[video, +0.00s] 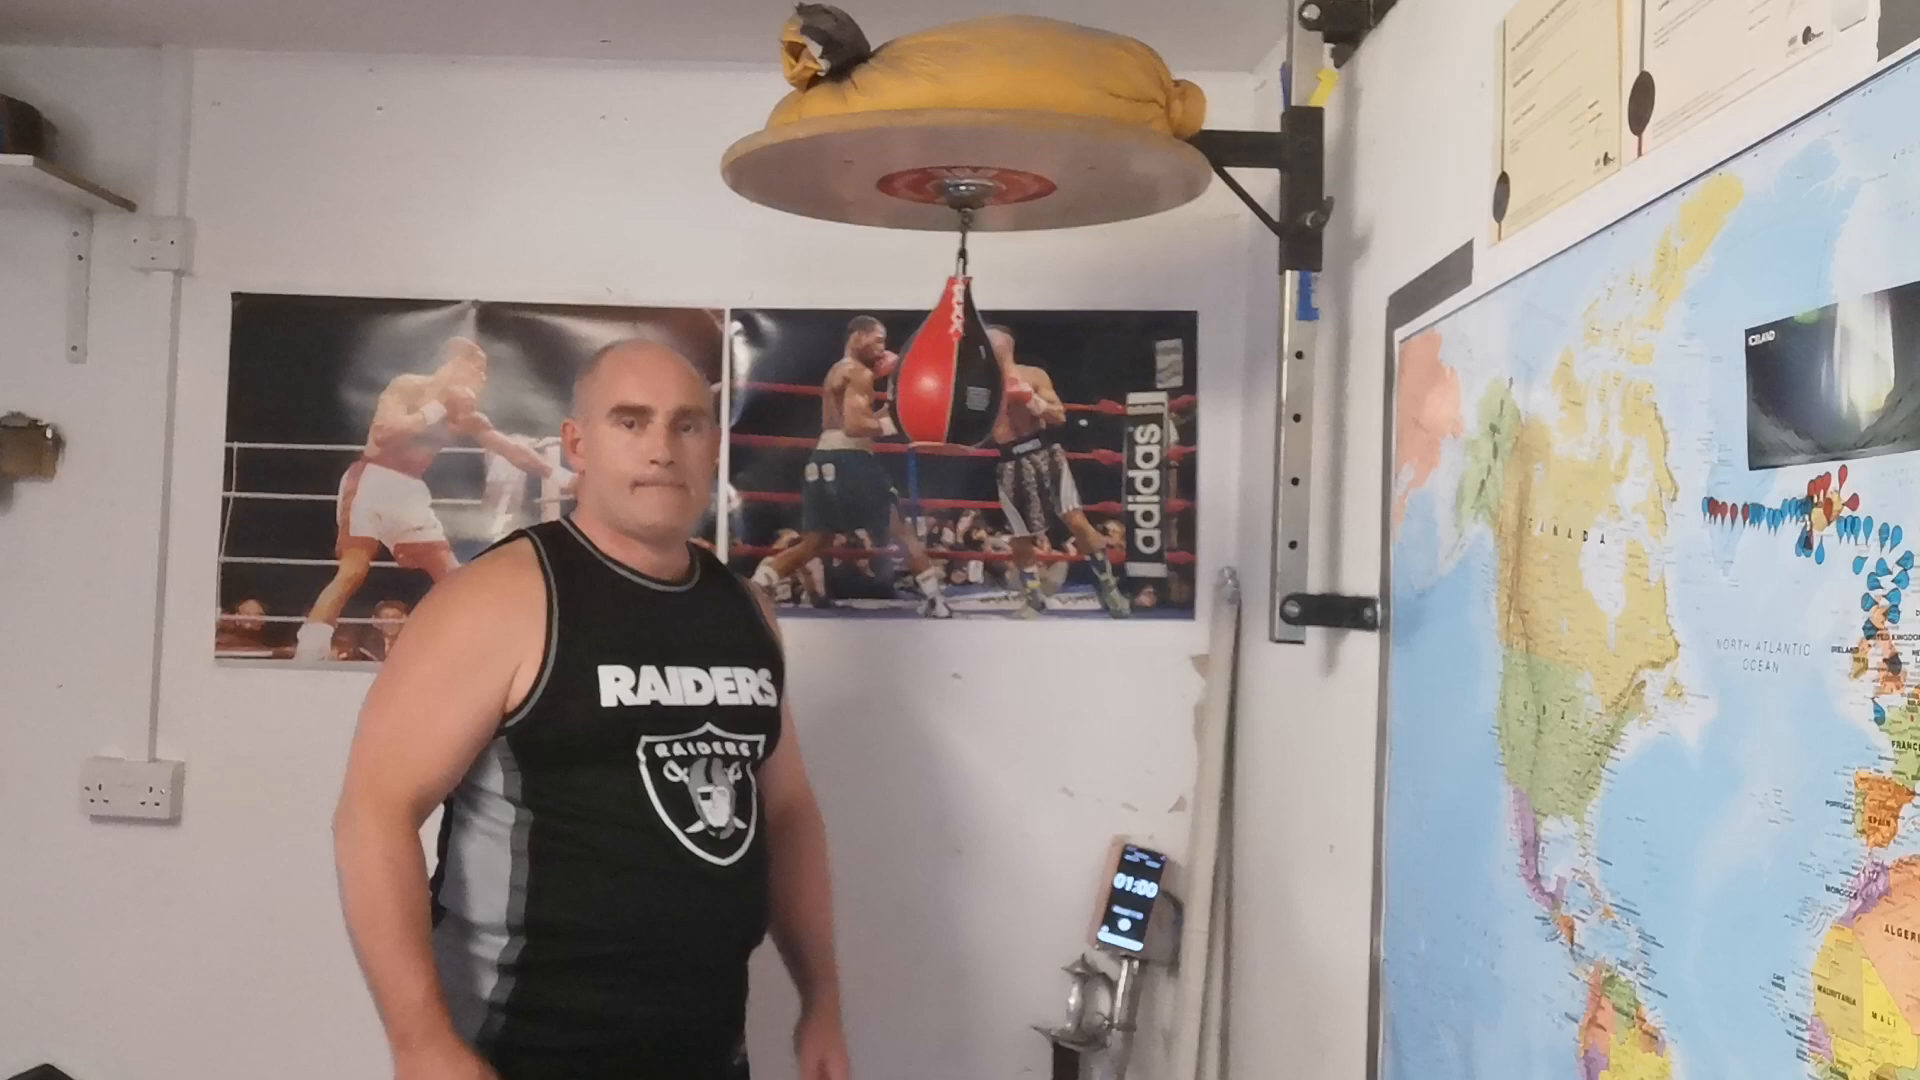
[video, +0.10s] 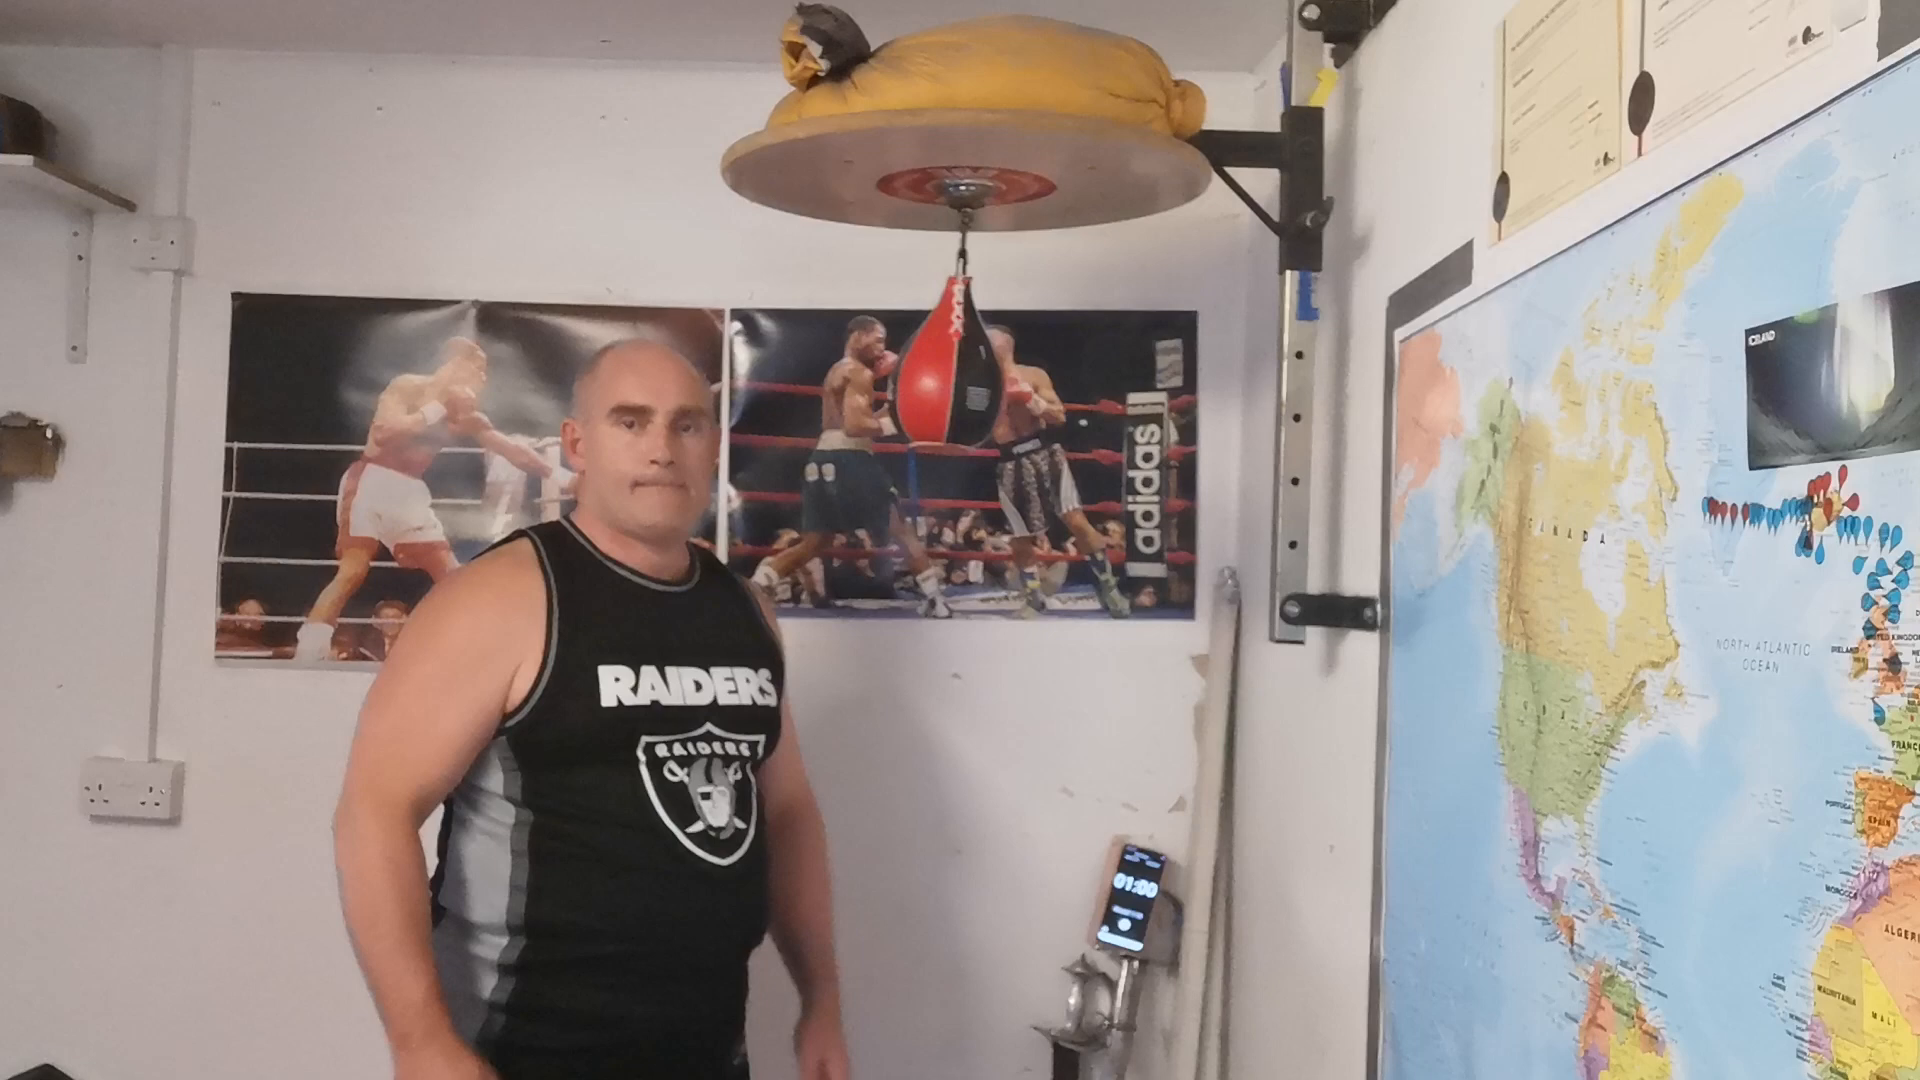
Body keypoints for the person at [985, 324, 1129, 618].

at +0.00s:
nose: (997, 355)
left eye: (1000, 348)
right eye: (992, 350)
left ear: (1010, 348)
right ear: (985, 354)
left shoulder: (1034, 375)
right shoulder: (983, 384)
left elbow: (1059, 418)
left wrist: (1037, 403)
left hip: (1046, 455)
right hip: (1011, 464)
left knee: (1075, 521)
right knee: (1022, 537)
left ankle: (1108, 587)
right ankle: (1032, 596)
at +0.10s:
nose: (997, 355)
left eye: (1000, 348)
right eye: (992, 350)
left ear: (1010, 348)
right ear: (985, 354)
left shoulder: (1034, 375)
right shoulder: (983, 384)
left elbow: (1059, 418)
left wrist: (1037, 403)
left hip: (1046, 455)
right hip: (1011, 464)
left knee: (1075, 521)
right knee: (1022, 537)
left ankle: (1108, 587)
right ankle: (1032, 596)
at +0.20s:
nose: (985, 346)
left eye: (991, 340)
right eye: (982, 342)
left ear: (1009, 344)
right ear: (981, 350)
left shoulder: (1034, 375)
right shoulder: (983, 386)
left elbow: (1059, 417)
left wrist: (1033, 400)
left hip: (1045, 456)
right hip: (1011, 465)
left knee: (1075, 521)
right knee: (1021, 538)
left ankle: (1108, 587)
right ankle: (1032, 598)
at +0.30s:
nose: (987, 345)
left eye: (993, 338)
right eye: (983, 341)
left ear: (1009, 344)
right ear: (981, 350)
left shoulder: (1034, 375)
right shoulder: (982, 385)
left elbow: (1059, 417)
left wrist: (1033, 401)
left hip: (1046, 456)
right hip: (1011, 465)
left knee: (1075, 521)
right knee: (1021, 538)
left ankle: (1108, 587)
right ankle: (1032, 597)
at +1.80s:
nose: (1002, 356)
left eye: (1005, 347)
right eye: (995, 350)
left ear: (1014, 348)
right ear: (987, 356)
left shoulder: (1034, 375)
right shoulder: (984, 386)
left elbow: (1058, 416)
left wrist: (1036, 404)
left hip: (1046, 455)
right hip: (1011, 464)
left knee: (1075, 522)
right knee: (1021, 537)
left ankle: (1108, 588)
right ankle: (1032, 599)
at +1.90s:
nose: (996, 358)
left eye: (1000, 351)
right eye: (991, 352)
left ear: (1010, 350)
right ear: (985, 355)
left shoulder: (1034, 376)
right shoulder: (981, 384)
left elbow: (1059, 417)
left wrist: (1034, 402)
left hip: (1045, 456)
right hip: (1010, 464)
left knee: (1075, 522)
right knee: (1022, 538)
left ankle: (1109, 588)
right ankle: (1032, 599)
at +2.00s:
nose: (989, 348)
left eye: (993, 341)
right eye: (984, 343)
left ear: (1009, 345)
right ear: (981, 351)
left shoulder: (1033, 375)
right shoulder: (981, 385)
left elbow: (1059, 416)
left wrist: (1033, 401)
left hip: (1046, 457)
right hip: (1011, 465)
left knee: (1075, 521)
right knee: (1022, 538)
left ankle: (1109, 588)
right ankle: (1032, 599)